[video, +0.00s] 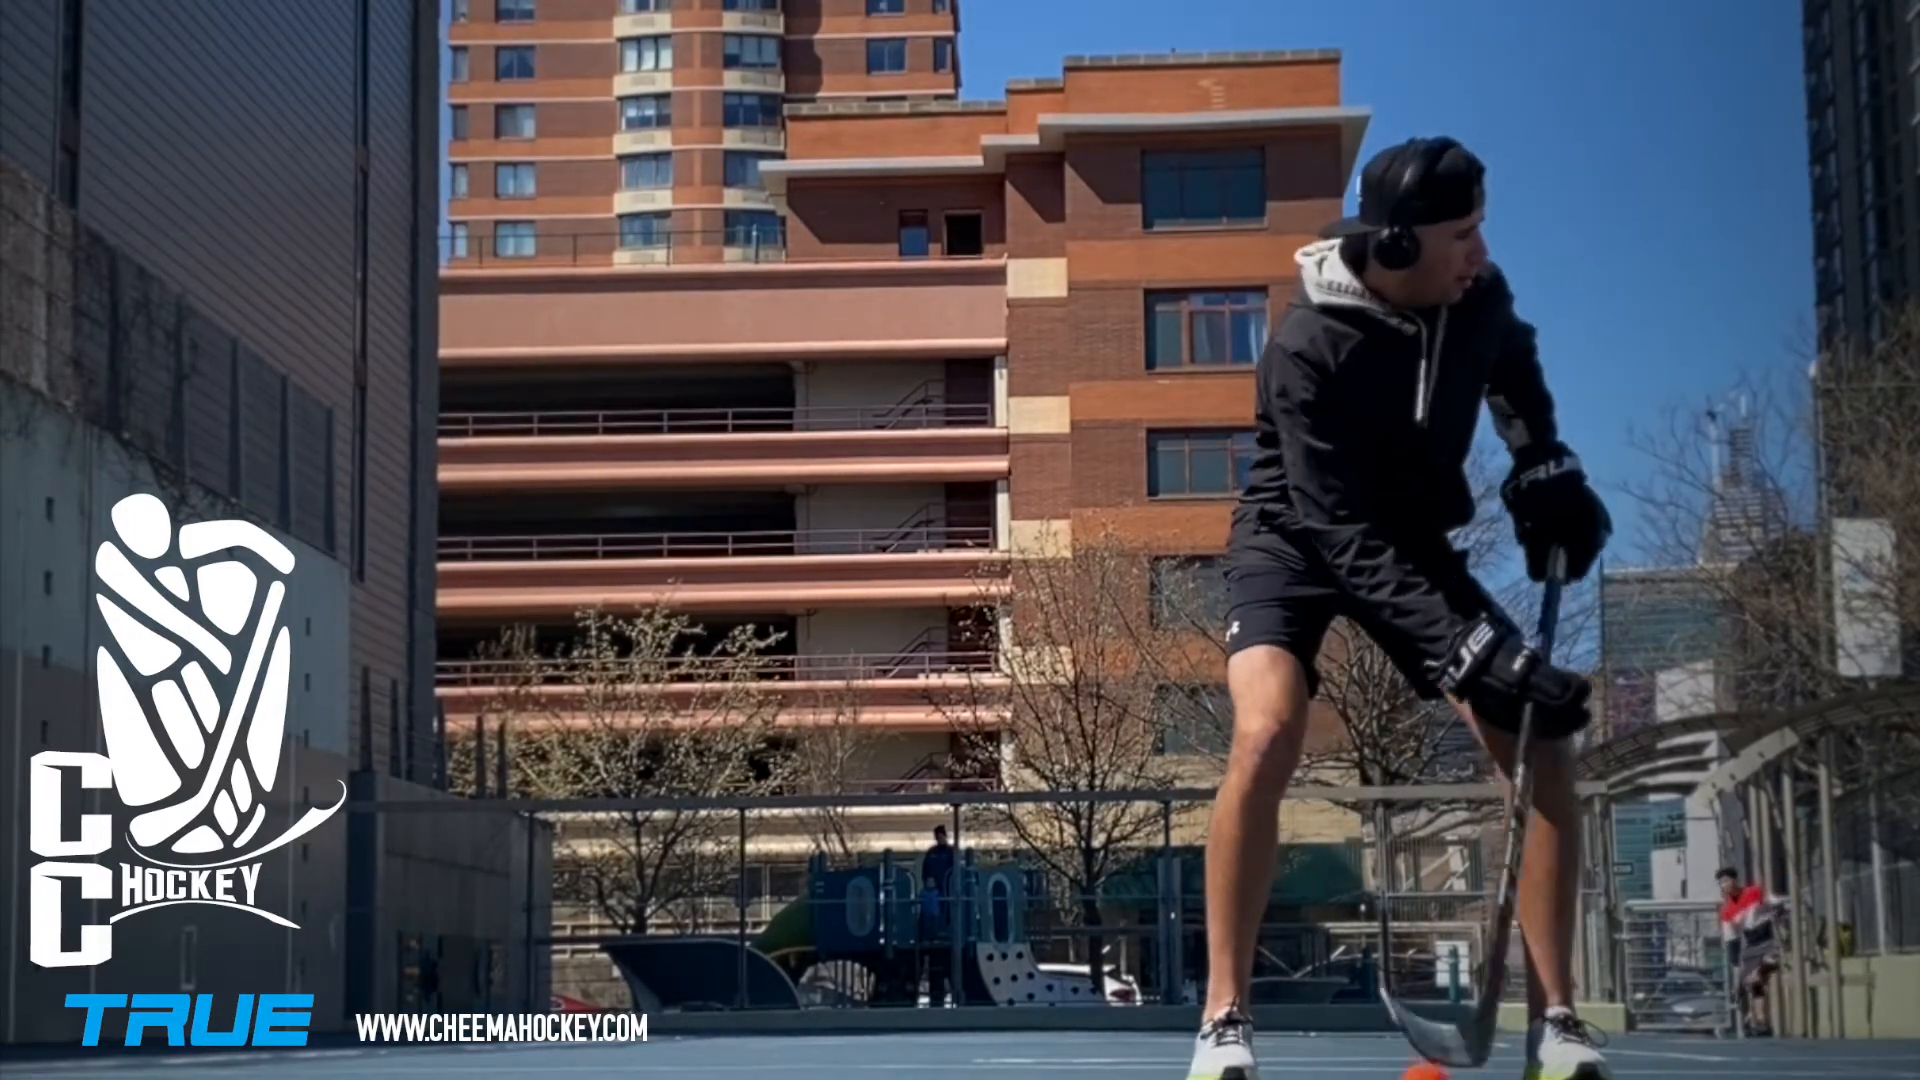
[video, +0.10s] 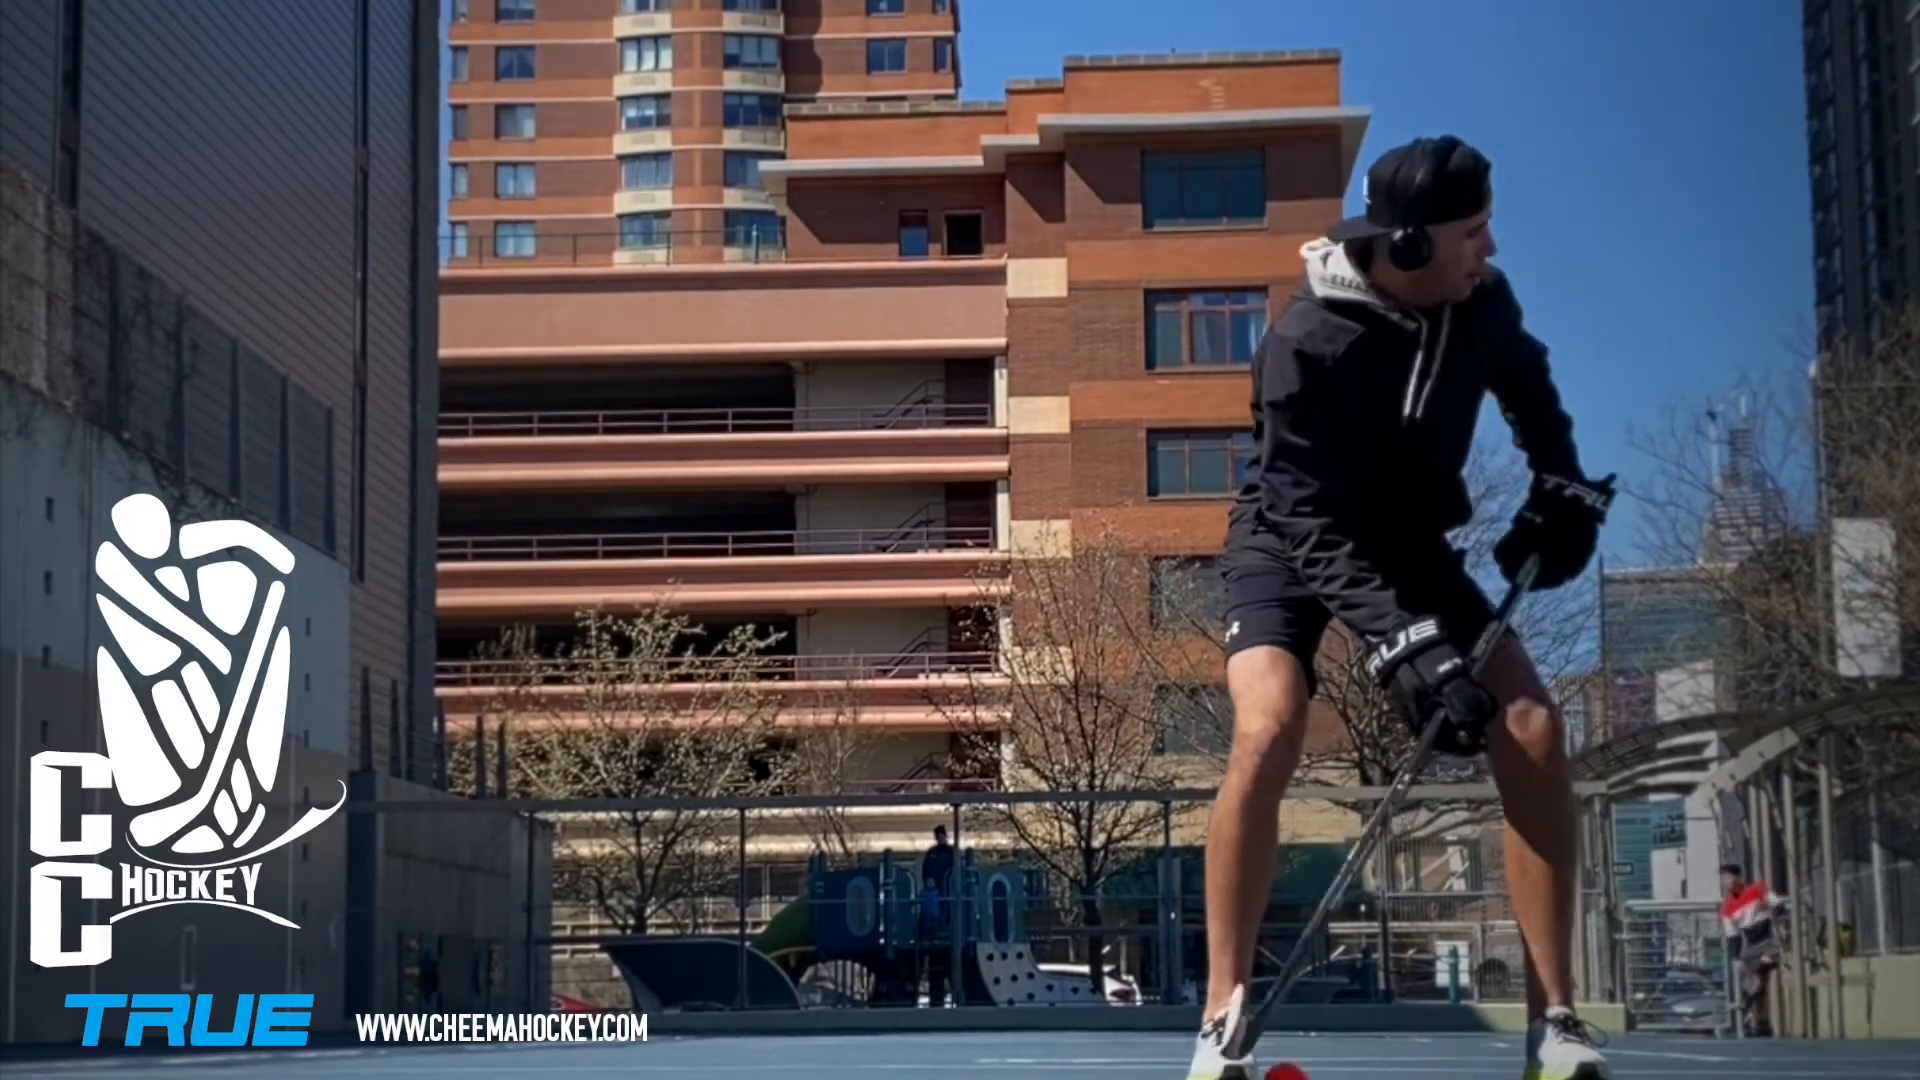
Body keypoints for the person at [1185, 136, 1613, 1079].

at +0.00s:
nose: (1480, 251)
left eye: (1481, 231)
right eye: (1461, 235)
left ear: (1466, 228)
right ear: (1397, 241)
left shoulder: (1477, 299)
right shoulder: (1310, 346)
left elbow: (1516, 381)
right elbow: (1339, 536)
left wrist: (1546, 470)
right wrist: (1479, 652)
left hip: (1416, 539)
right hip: (1294, 534)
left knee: (1538, 749)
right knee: (1265, 736)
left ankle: (1557, 1018)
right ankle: (1224, 1014)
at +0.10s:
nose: (1487, 246)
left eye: (1487, 228)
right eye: (1472, 232)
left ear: (1457, 233)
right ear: (1407, 243)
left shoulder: (1480, 302)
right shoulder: (1308, 340)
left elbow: (1526, 386)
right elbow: (1308, 527)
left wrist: (1559, 480)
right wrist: (1406, 645)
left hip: (1413, 539)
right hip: (1291, 538)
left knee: (1532, 726)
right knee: (1266, 735)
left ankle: (1557, 1015)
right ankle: (1224, 1011)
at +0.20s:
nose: (1495, 248)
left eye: (1496, 231)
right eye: (1481, 234)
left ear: (1447, 236)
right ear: (1421, 240)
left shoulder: (1476, 301)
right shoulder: (1311, 329)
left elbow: (1519, 395)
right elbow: (1301, 521)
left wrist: (1557, 483)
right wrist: (1398, 648)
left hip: (1409, 541)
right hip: (1287, 539)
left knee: (1527, 726)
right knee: (1267, 734)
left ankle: (1557, 1015)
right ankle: (1224, 1015)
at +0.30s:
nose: (1498, 251)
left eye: (1498, 235)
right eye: (1486, 238)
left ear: (1442, 238)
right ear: (1427, 241)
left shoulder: (1471, 305)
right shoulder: (1315, 328)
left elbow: (1515, 390)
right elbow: (1314, 519)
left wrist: (1550, 471)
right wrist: (1441, 636)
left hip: (1404, 541)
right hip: (1285, 535)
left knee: (1525, 724)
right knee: (1267, 733)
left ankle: (1556, 1017)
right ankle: (1224, 1015)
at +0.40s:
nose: (1501, 252)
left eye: (1501, 236)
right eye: (1490, 237)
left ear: (1439, 238)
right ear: (1436, 242)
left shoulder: (1473, 309)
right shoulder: (1321, 331)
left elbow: (1510, 400)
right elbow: (1355, 535)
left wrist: (1528, 474)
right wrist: (1499, 662)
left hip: (1399, 537)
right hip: (1283, 532)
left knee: (1517, 743)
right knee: (1267, 734)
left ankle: (1556, 1017)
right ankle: (1224, 1014)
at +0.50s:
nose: (1515, 249)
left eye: (1514, 232)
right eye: (1505, 233)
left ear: (1445, 235)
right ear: (1458, 241)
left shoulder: (1479, 306)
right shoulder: (1335, 330)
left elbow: (1507, 395)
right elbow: (1354, 537)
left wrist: (1528, 475)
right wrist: (1488, 662)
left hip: (1400, 538)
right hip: (1285, 532)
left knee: (1523, 741)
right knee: (1271, 738)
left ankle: (1548, 1011)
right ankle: (1225, 1014)